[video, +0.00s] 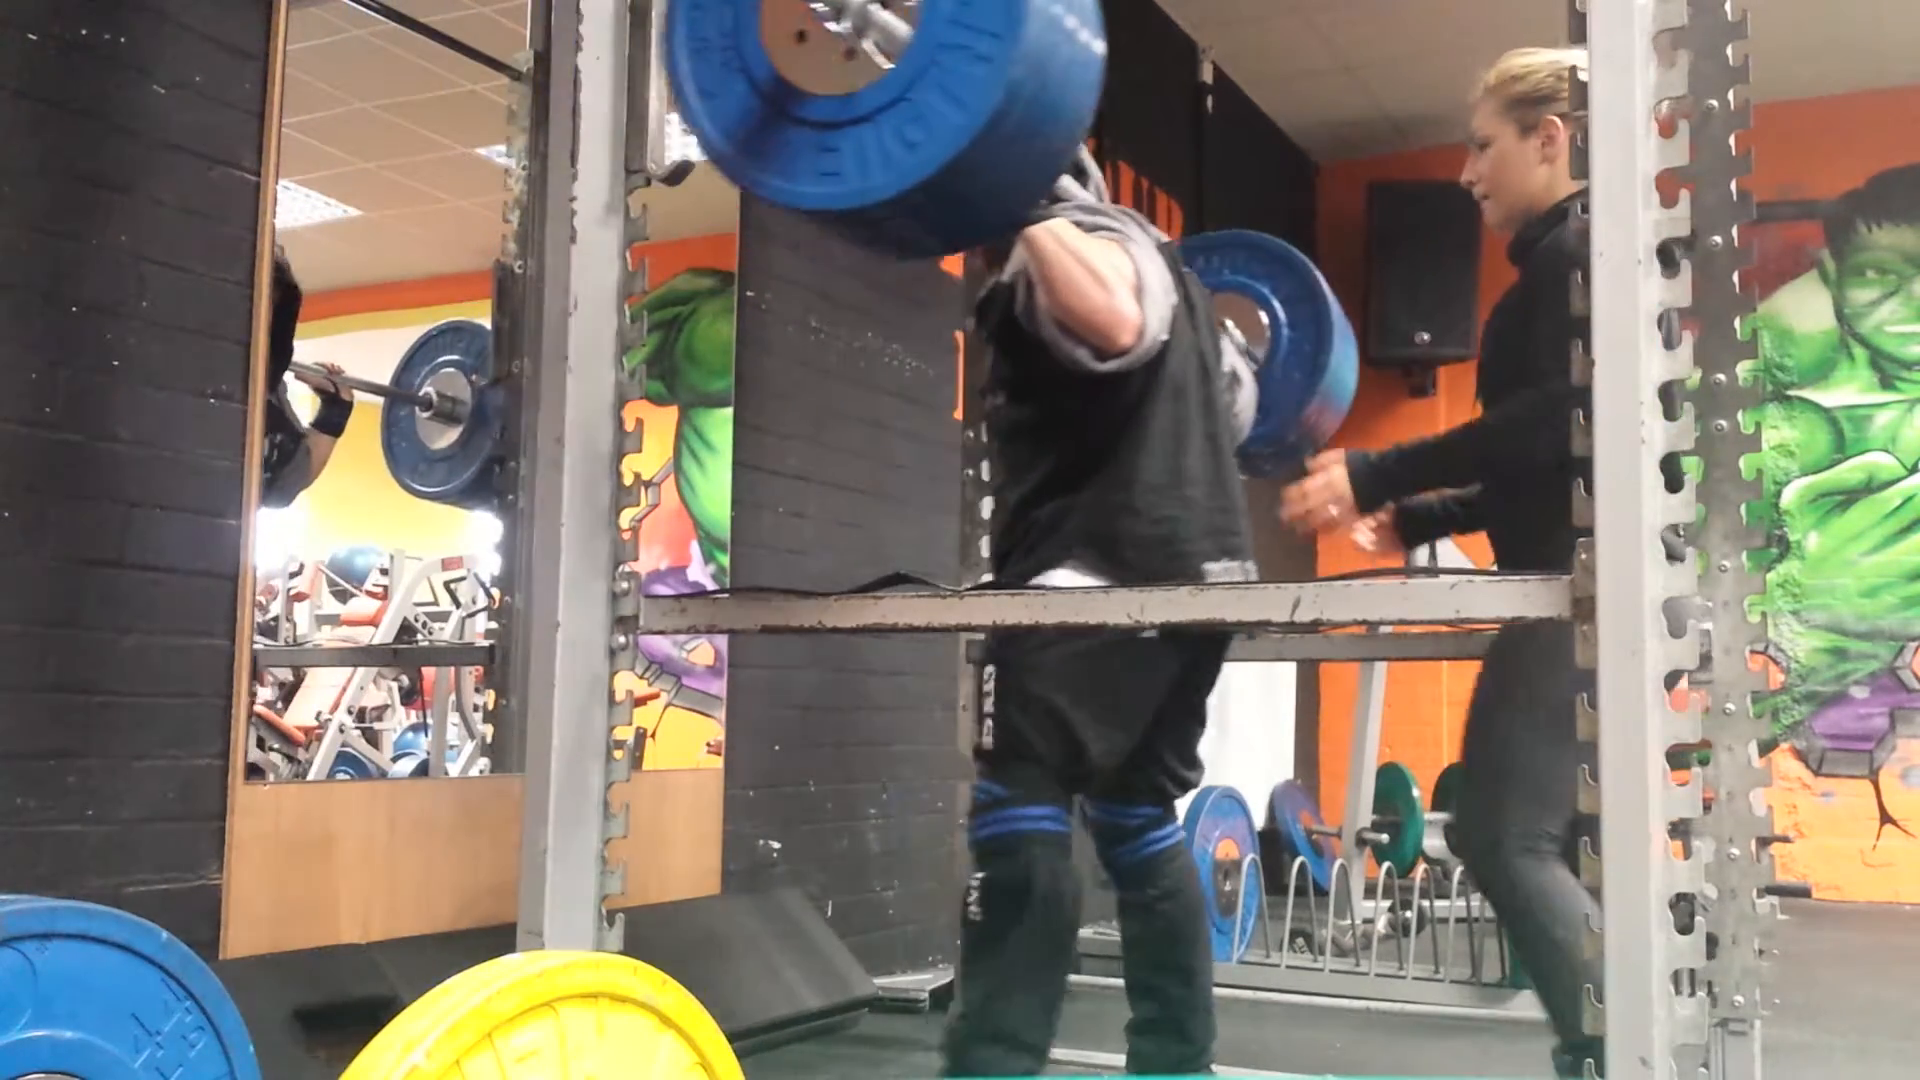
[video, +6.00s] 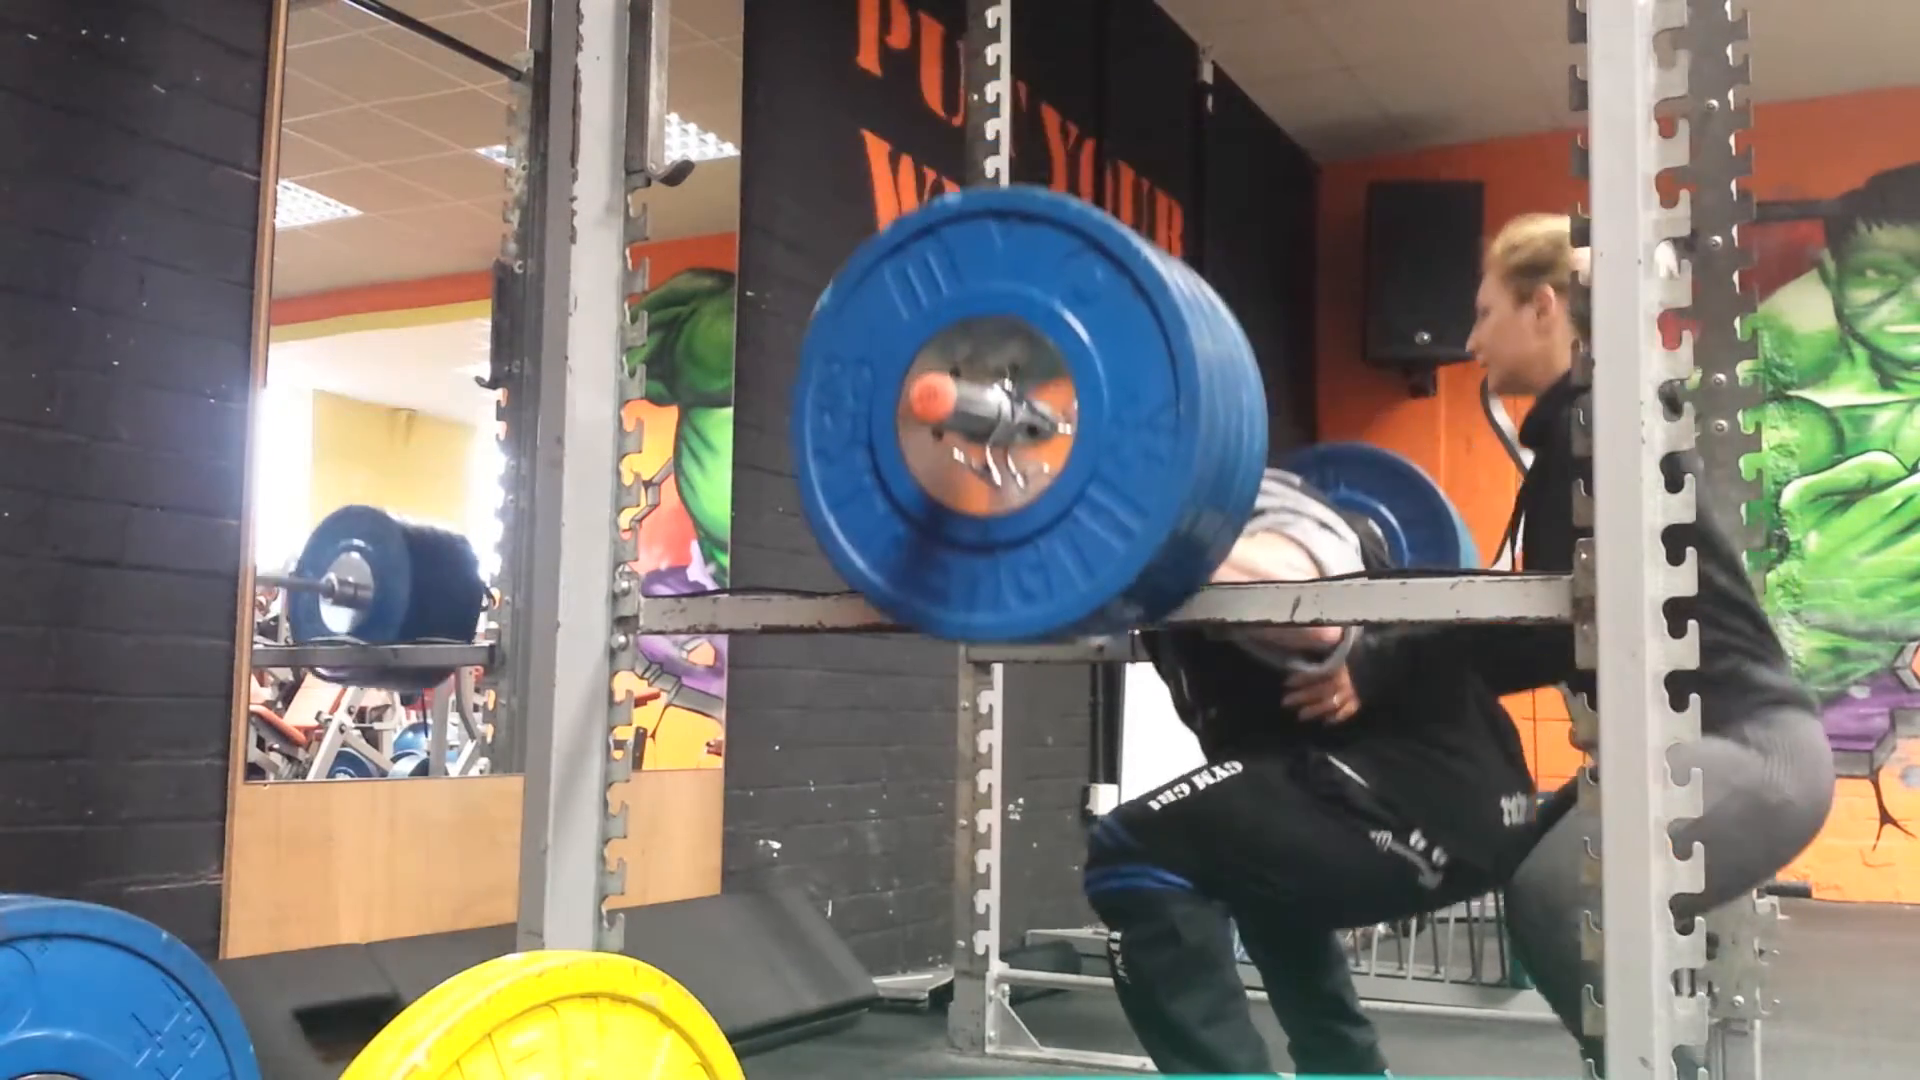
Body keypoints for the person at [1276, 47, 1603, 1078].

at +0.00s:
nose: (1468, 171)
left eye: (1483, 145)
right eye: (1468, 149)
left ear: (1553, 138)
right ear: (1546, 143)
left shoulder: (1576, 256)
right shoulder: (1557, 263)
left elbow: (1539, 428)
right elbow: (1548, 470)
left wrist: (1370, 475)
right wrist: (1421, 516)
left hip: (1580, 591)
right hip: (1551, 589)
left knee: (1517, 839)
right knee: (1485, 828)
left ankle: (1613, 1053)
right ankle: (1595, 1050)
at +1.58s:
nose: (1530, 179)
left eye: (1549, 152)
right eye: (1526, 155)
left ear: (1611, 146)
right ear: (1558, 152)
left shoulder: (1656, 243)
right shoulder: (1639, 254)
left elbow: (1627, 425)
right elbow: (1615, 477)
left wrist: (1466, 477)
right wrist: (1481, 525)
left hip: (1665, 585)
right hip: (1670, 579)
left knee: (1639, 857)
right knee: (1653, 855)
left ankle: (1654, 1060)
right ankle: (1687, 1058)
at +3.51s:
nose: (1520, 171)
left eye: (1531, 144)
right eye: (1521, 147)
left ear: (1592, 139)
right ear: (1583, 142)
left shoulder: (1651, 239)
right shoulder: (1653, 245)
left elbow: (1593, 419)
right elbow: (1598, 470)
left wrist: (1405, 447)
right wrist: (1453, 503)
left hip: (1683, 585)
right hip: (1700, 585)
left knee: (1643, 871)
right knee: (1668, 868)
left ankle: (1662, 1063)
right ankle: (1693, 1058)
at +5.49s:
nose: (1463, 260)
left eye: (1472, 231)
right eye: (1462, 237)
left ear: (1537, 212)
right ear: (1535, 216)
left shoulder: (1578, 313)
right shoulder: (1612, 315)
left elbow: (1555, 473)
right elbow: (1579, 536)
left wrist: (1387, 543)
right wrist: (1465, 595)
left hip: (1710, 630)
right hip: (1730, 628)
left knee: (1565, 847)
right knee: (1574, 848)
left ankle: (1641, 1053)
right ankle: (1650, 1051)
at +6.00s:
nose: (1472, 341)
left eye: (1483, 314)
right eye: (1475, 317)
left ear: (1543, 311)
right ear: (1543, 314)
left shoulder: (1588, 425)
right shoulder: (1586, 421)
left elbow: (1562, 629)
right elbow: (1549, 620)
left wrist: (1384, 665)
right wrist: (1387, 654)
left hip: (1746, 747)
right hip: (1707, 741)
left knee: (1553, 893)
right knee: (1540, 885)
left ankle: (1655, 1065)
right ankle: (1660, 1061)